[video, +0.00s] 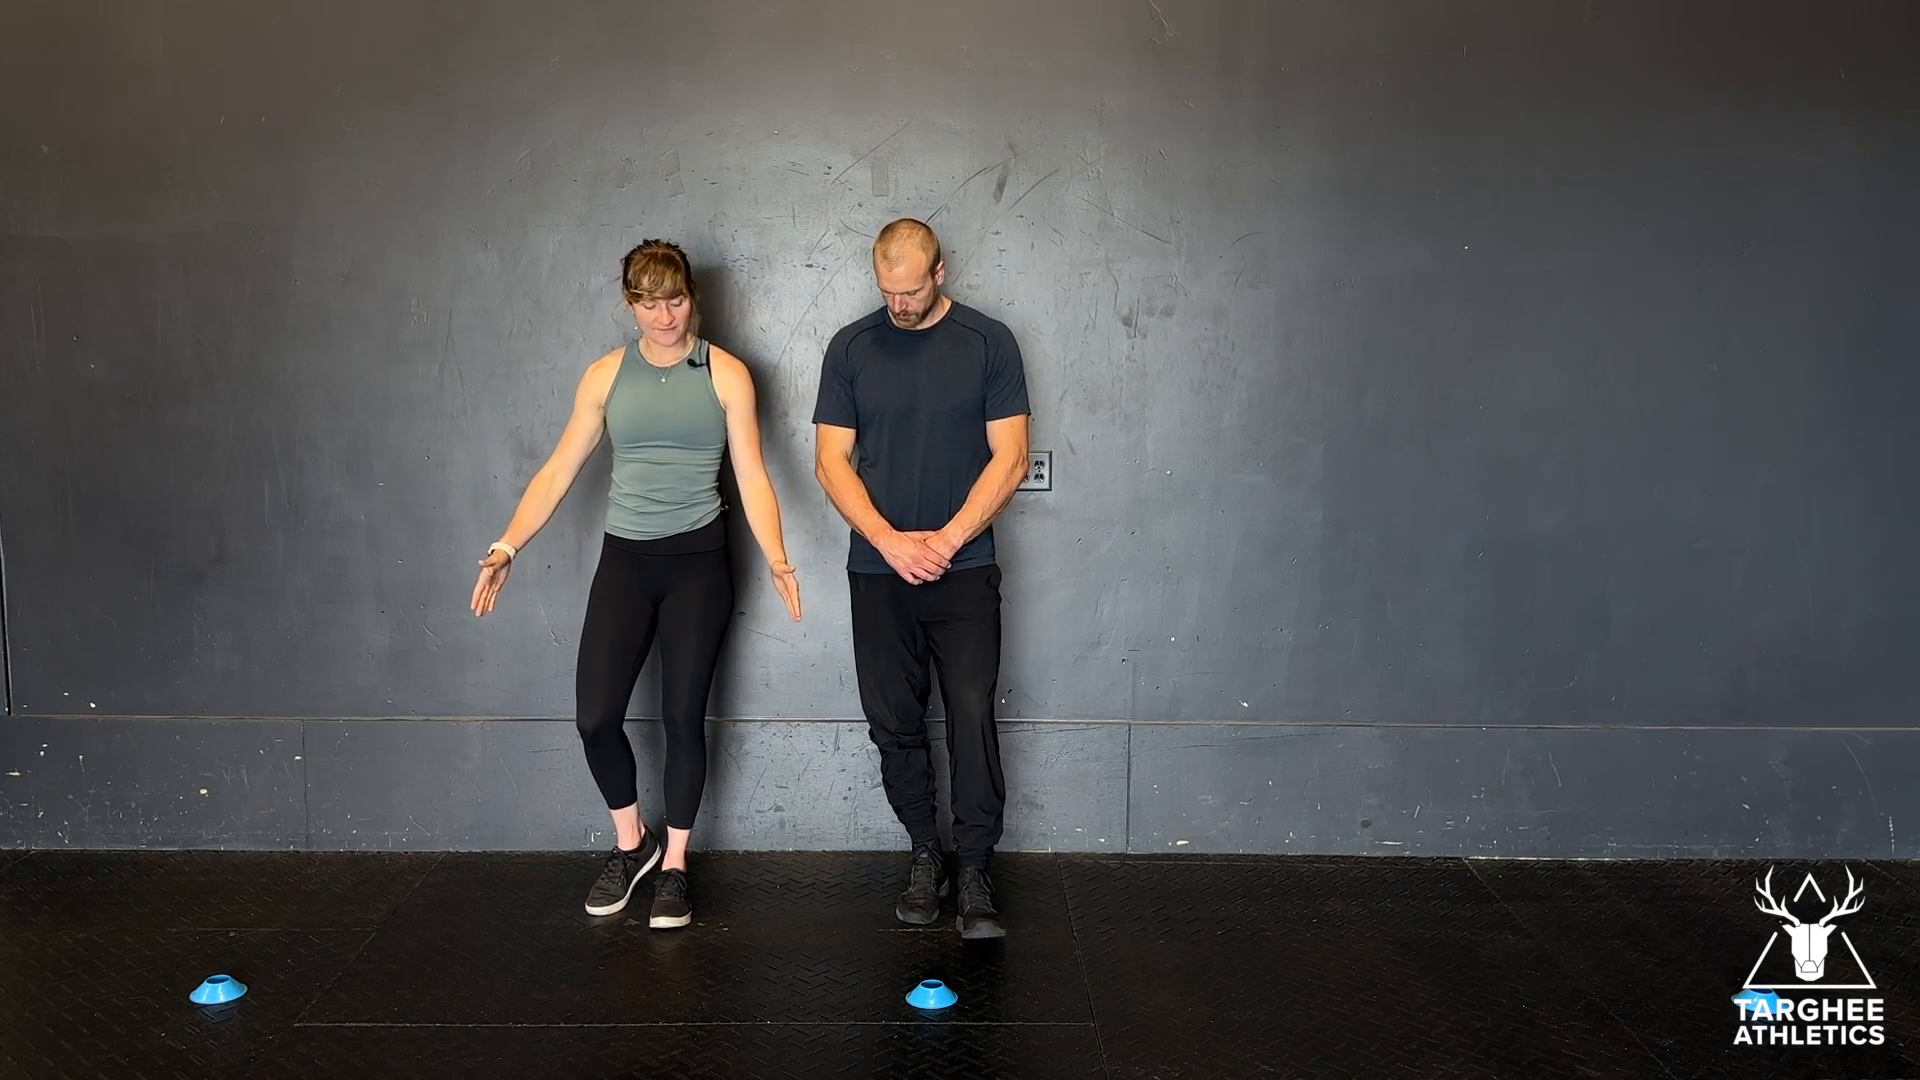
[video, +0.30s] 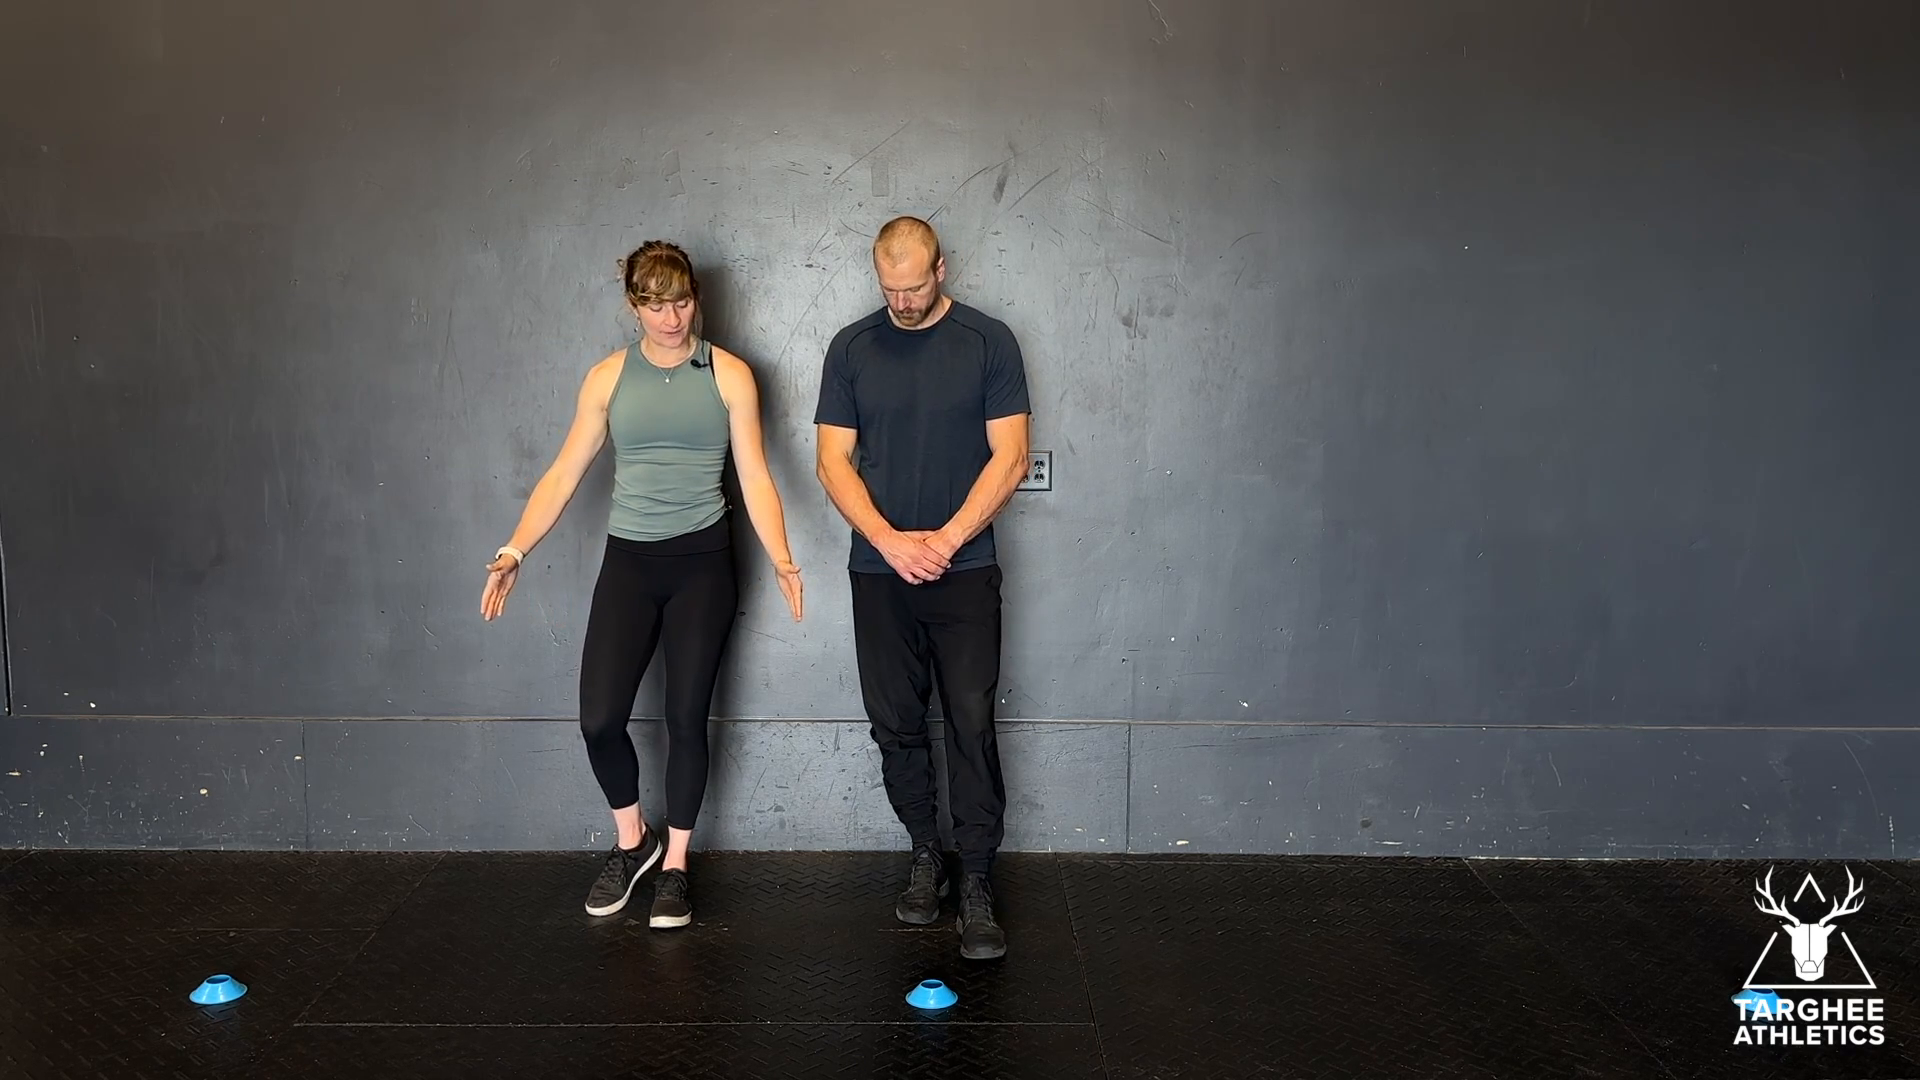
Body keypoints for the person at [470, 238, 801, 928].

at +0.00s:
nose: (667, 314)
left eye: (676, 299)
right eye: (652, 303)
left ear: (691, 299)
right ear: (631, 307)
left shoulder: (726, 375)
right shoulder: (607, 375)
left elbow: (751, 475)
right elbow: (559, 470)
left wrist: (778, 559)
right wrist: (504, 549)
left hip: (700, 561)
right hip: (624, 561)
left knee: (683, 715)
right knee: (596, 716)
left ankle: (674, 868)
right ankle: (634, 848)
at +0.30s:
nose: (670, 317)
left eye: (680, 301)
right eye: (655, 305)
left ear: (695, 301)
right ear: (633, 308)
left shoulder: (729, 376)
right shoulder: (608, 378)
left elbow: (754, 474)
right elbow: (564, 473)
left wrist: (783, 560)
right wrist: (511, 553)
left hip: (704, 562)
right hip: (627, 563)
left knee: (685, 717)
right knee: (600, 719)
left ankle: (676, 867)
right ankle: (635, 844)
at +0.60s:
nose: (676, 311)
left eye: (686, 297)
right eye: (661, 299)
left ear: (699, 301)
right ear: (636, 301)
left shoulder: (729, 377)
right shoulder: (607, 377)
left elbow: (753, 475)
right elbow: (565, 473)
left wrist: (787, 557)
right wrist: (520, 557)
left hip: (703, 563)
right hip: (626, 565)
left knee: (686, 718)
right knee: (624, 724)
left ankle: (676, 868)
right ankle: (635, 866)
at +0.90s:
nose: (682, 313)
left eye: (689, 299)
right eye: (666, 301)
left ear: (698, 300)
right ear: (634, 302)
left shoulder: (721, 376)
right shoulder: (600, 380)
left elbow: (742, 472)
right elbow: (561, 483)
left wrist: (779, 530)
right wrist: (549, 571)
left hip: (705, 564)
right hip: (628, 569)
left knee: (716, 721)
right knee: (631, 721)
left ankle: (694, 861)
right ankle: (635, 868)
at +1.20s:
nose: (701, 311)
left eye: (709, 297)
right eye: (686, 299)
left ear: (720, 302)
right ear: (657, 303)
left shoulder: (749, 379)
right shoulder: (624, 384)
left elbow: (770, 475)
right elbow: (598, 489)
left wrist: (808, 527)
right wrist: (613, 572)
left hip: (733, 571)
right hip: (652, 575)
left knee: (757, 730)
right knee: (647, 727)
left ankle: (790, 887)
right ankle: (637, 873)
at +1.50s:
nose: (747, 313)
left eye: (757, 299)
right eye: (732, 301)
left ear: (771, 302)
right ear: (708, 305)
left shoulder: (803, 380)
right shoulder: (680, 383)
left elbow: (826, 489)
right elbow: (663, 487)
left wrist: (856, 587)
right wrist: (662, 573)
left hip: (791, 570)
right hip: (710, 572)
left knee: (788, 733)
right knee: (675, 739)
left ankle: (795, 889)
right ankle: (660, 861)